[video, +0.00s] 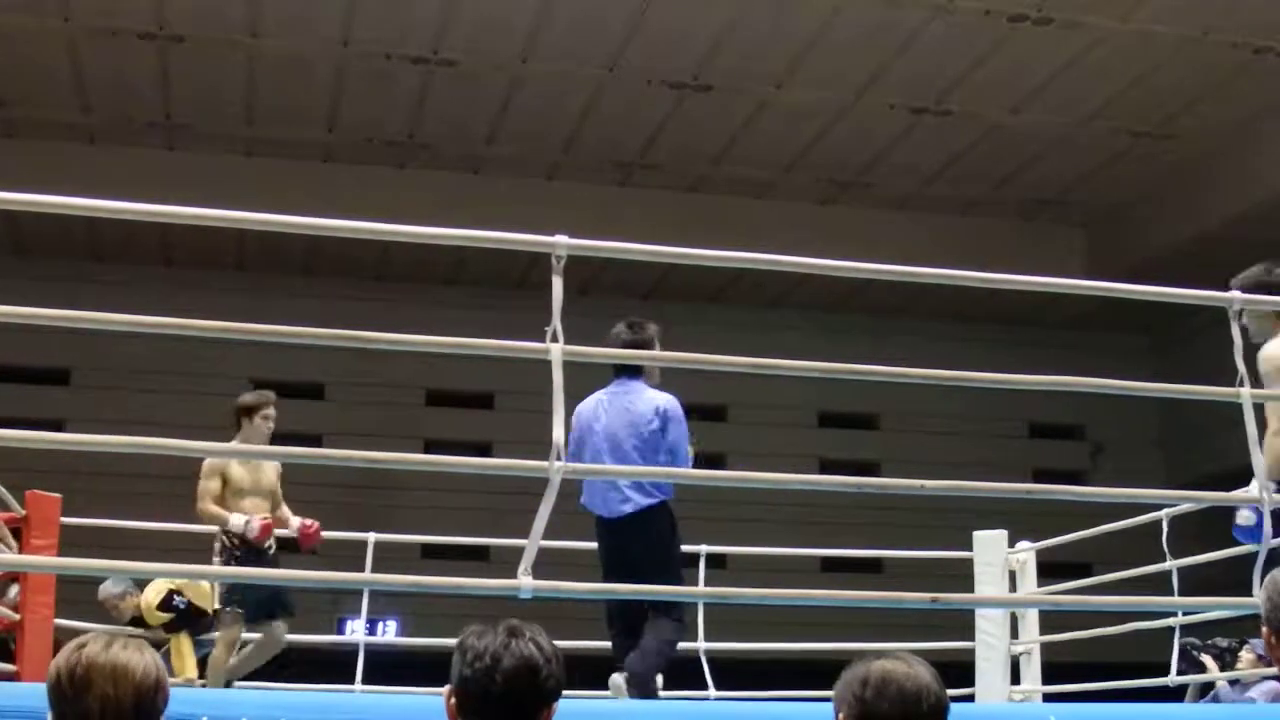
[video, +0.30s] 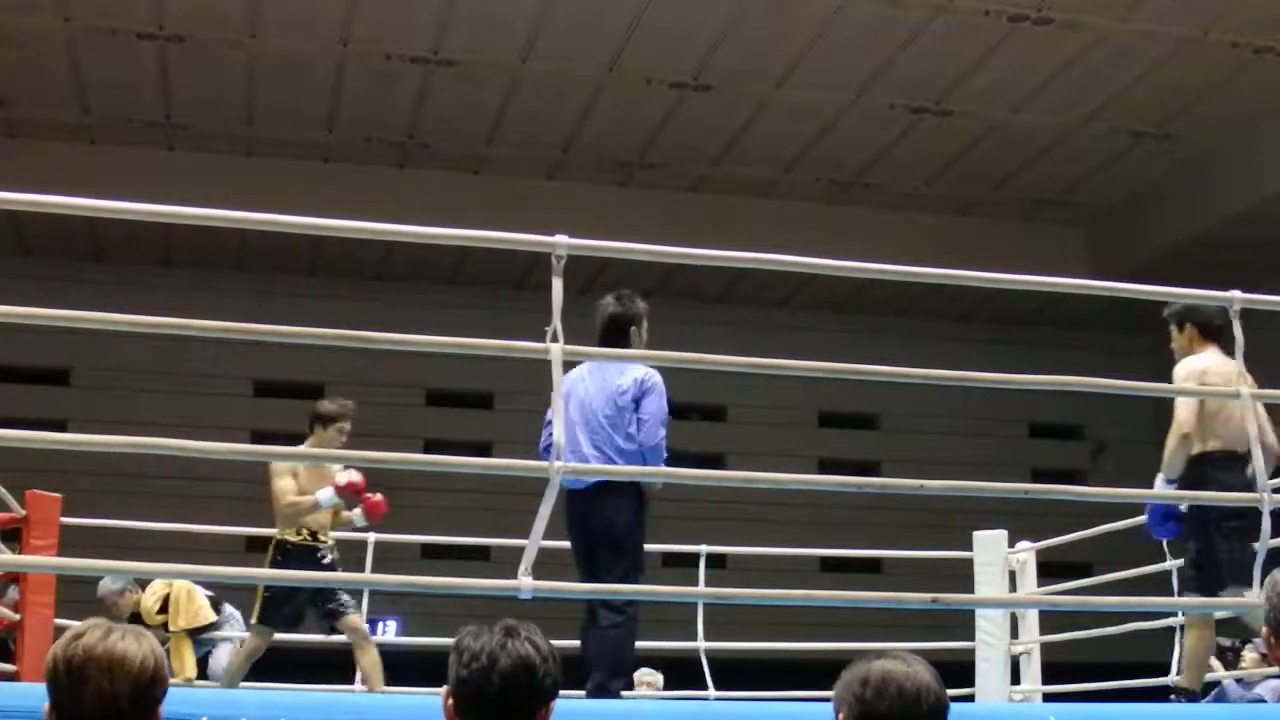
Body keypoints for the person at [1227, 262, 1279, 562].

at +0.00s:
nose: (1241, 321)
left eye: (1244, 312)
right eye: (1239, 313)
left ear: (1267, 308)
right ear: (1267, 308)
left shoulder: (1271, 354)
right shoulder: (1269, 353)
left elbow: (1274, 430)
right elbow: (1274, 429)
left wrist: (1263, 487)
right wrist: (1262, 486)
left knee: (1270, 591)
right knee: (1269, 590)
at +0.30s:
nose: (1171, 344)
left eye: (1173, 335)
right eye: (1171, 335)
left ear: (1189, 332)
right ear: (1210, 333)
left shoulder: (1189, 367)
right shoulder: (1238, 370)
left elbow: (1183, 432)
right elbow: (1268, 440)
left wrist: (1164, 486)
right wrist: (1253, 480)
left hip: (1206, 470)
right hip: (1241, 471)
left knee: (1232, 588)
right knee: (1200, 590)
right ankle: (1188, 692)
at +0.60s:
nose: (1090, 341)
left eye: (1095, 332)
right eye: (1091, 332)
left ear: (1115, 332)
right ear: (1123, 334)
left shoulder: (1124, 367)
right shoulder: (1146, 371)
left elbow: (1125, 424)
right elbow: (1140, 449)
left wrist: (1065, 442)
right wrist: (1084, 469)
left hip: (1133, 488)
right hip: (1156, 489)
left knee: (1092, 586)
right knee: (1161, 599)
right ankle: (1182, 695)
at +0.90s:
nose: (1004, 354)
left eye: (1009, 345)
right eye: (1004, 345)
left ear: (1030, 347)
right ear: (1036, 347)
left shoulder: (1045, 390)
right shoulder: (1062, 388)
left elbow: (1035, 455)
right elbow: (1048, 452)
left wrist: (991, 436)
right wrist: (1001, 433)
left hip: (1047, 509)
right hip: (1062, 507)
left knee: (1016, 603)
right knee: (1038, 609)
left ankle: (1027, 698)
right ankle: (1113, 667)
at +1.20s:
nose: (936, 367)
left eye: (938, 358)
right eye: (936, 358)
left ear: (958, 358)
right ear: (968, 357)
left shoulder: (976, 395)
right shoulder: (988, 395)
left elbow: (943, 455)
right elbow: (957, 455)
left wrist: (920, 415)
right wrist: (937, 417)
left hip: (992, 505)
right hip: (983, 503)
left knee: (965, 611)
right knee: (942, 608)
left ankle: (1020, 697)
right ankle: (917, 698)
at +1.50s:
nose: (892, 373)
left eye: (896, 364)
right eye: (892, 366)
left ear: (916, 362)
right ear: (917, 363)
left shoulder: (949, 396)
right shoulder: (920, 412)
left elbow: (914, 451)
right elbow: (910, 469)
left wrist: (883, 408)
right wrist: (871, 440)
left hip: (974, 507)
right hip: (943, 510)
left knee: (960, 600)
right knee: (916, 608)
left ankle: (1013, 694)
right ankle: (920, 700)